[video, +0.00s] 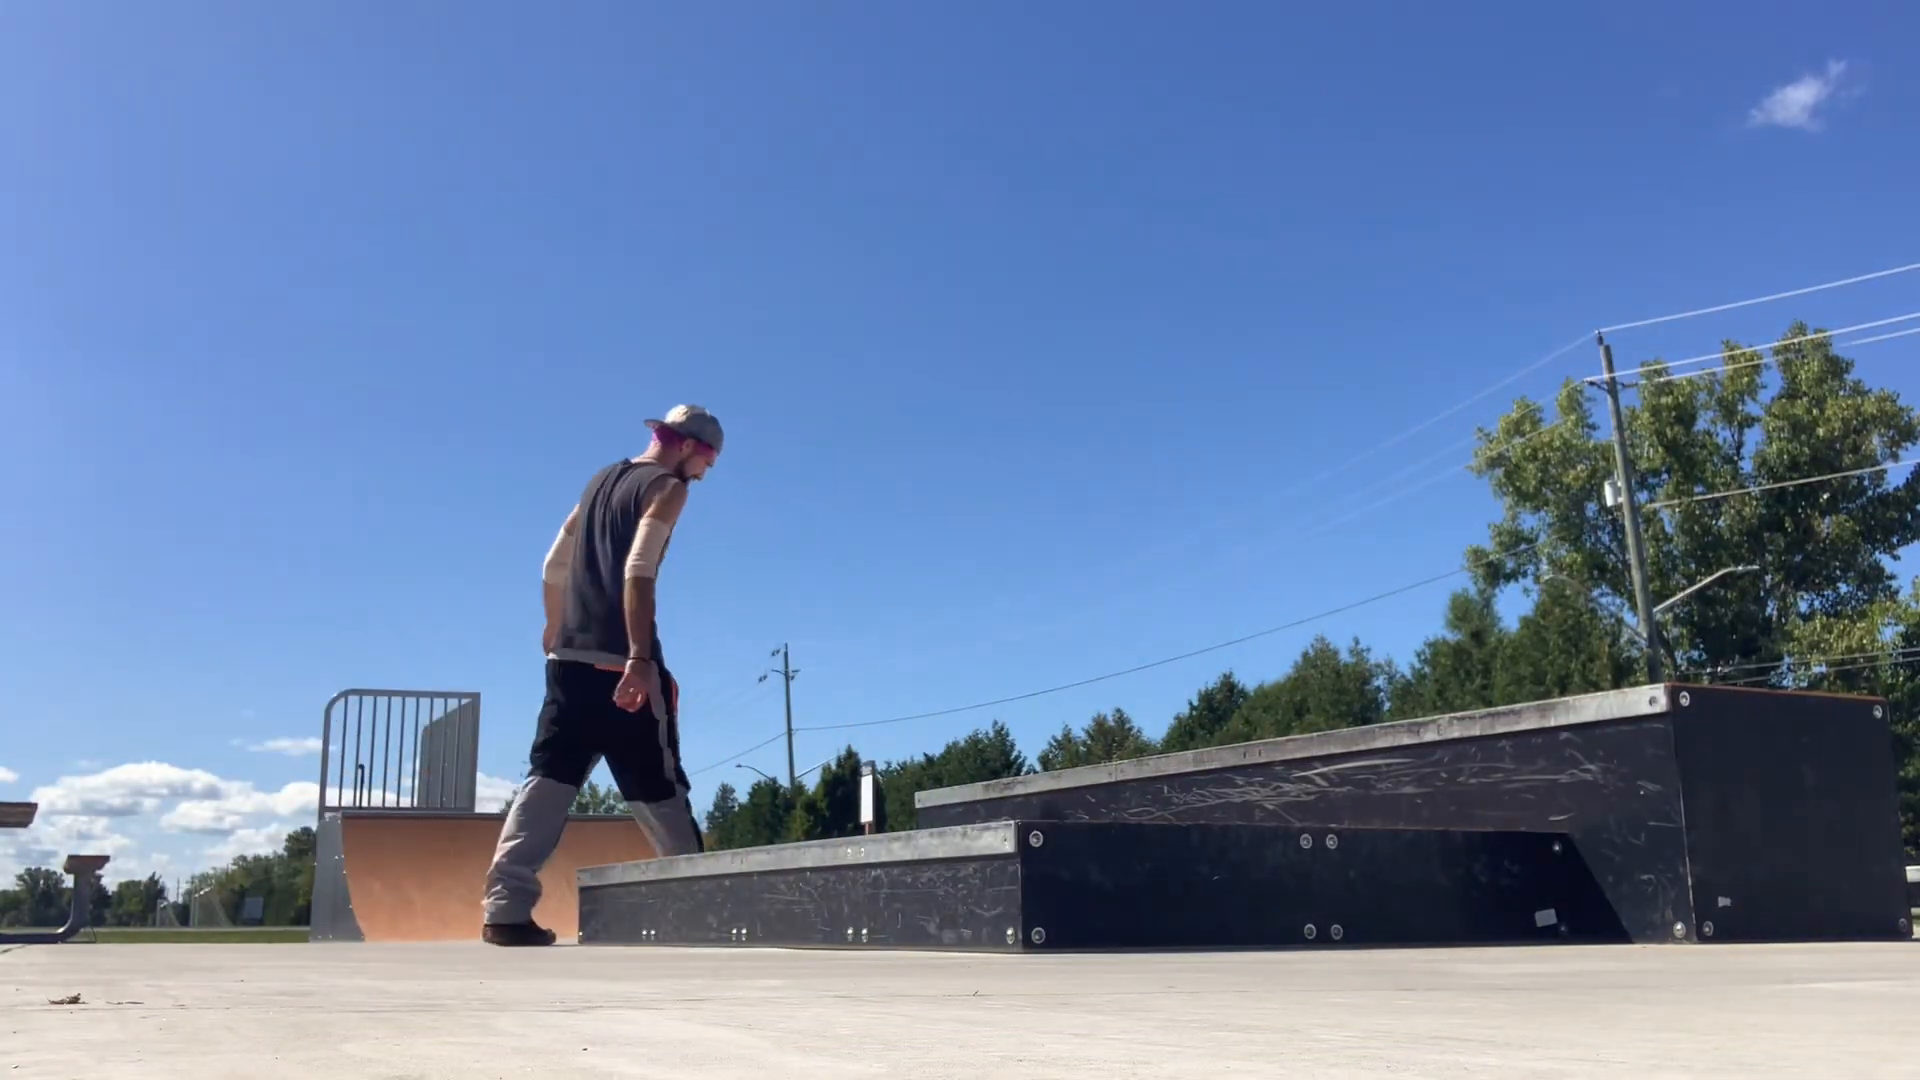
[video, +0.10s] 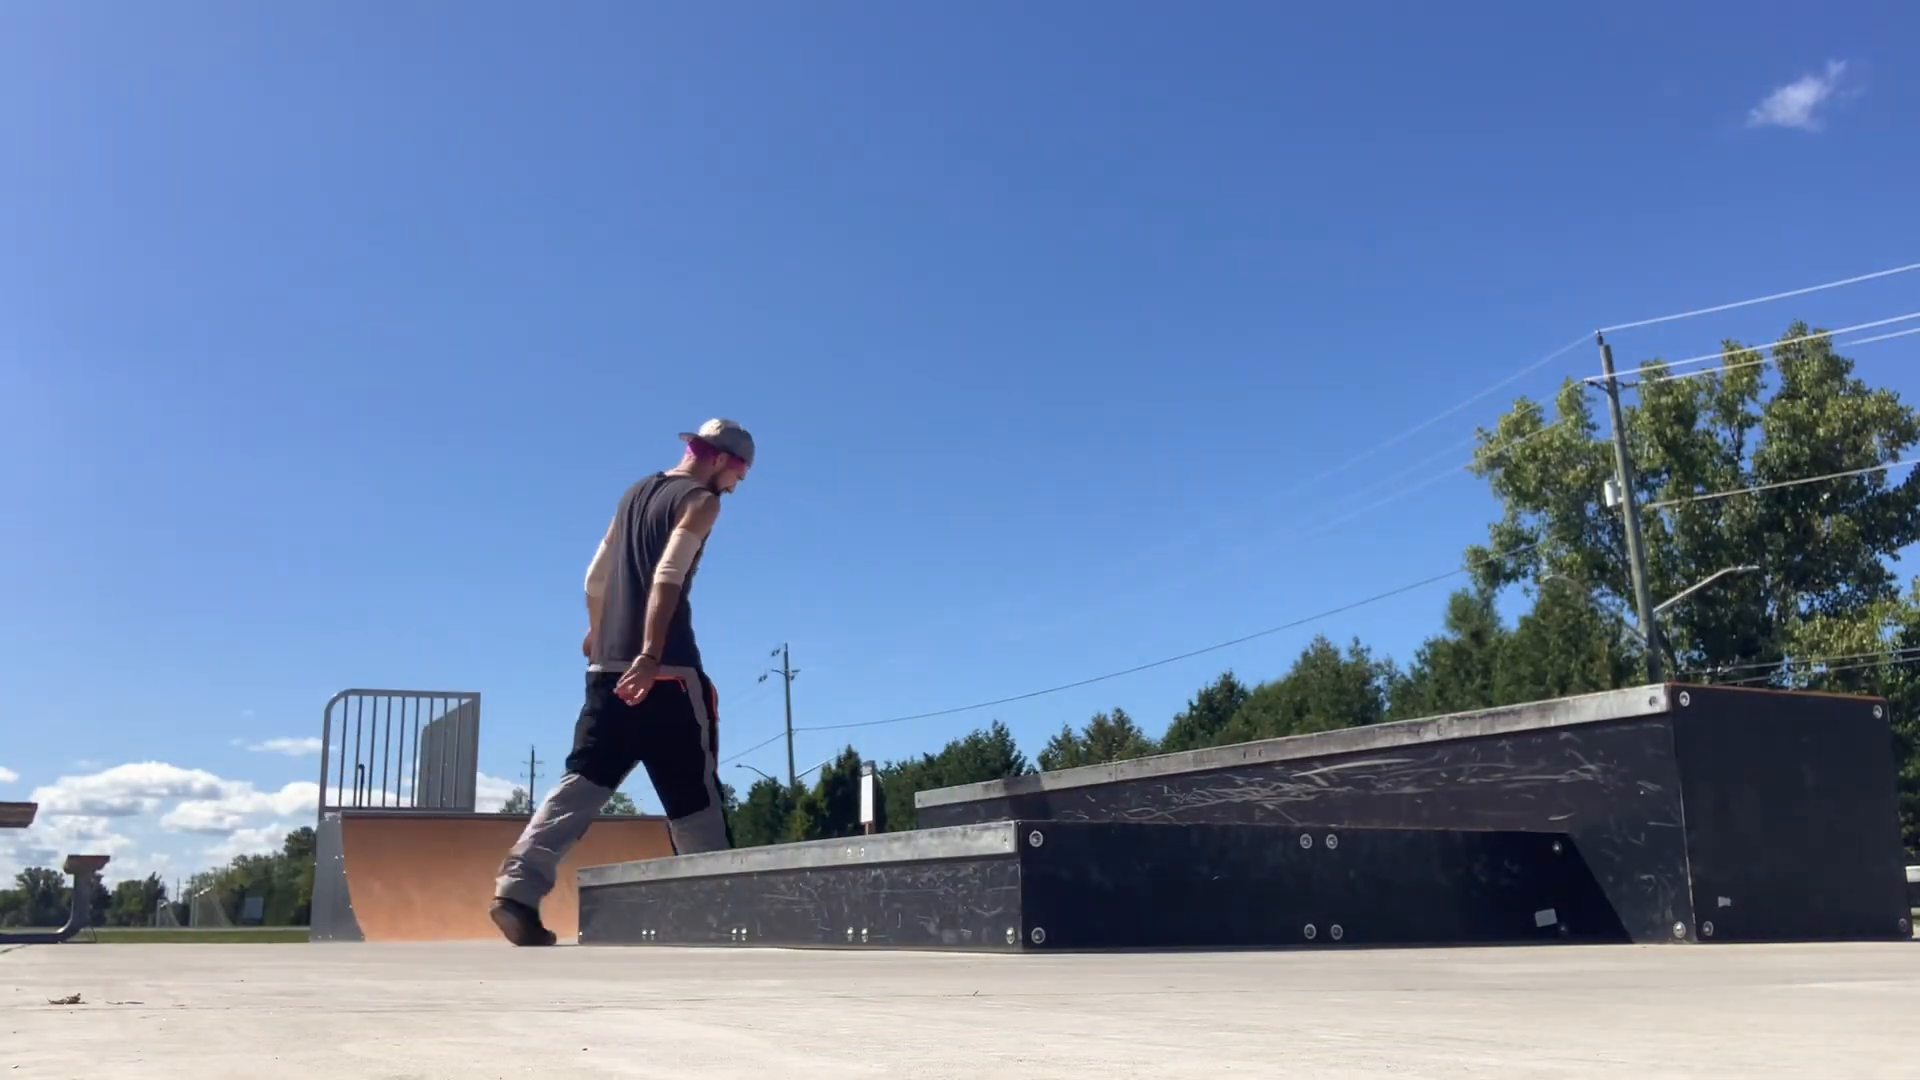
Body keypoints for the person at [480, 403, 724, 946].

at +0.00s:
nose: (706, 470)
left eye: (710, 461)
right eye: (708, 458)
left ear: (660, 439)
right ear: (688, 446)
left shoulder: (603, 479)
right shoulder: (667, 486)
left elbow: (556, 563)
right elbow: (639, 571)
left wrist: (556, 630)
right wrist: (640, 655)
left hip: (571, 662)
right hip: (627, 666)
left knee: (549, 781)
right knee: (659, 796)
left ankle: (505, 911)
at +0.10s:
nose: (739, 482)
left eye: (743, 473)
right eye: (740, 470)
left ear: (693, 453)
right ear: (720, 459)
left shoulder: (637, 493)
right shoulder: (702, 499)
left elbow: (597, 578)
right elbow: (668, 576)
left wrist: (599, 640)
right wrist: (650, 655)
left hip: (611, 673)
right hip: (667, 674)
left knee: (584, 783)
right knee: (694, 805)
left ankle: (517, 892)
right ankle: (723, 919)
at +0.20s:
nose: (765, 486)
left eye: (770, 478)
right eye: (768, 476)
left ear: (722, 456)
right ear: (752, 464)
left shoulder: (668, 497)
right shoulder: (735, 501)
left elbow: (627, 583)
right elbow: (704, 577)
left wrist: (645, 655)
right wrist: (686, 654)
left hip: (651, 672)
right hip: (706, 670)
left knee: (649, 776)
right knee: (728, 794)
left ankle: (574, 854)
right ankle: (736, 910)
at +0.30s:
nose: (783, 486)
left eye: (787, 478)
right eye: (788, 476)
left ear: (744, 455)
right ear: (777, 465)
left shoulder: (691, 498)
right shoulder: (761, 500)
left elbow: (650, 582)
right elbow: (741, 579)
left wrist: (667, 646)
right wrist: (743, 659)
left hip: (685, 666)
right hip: (734, 665)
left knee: (700, 773)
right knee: (746, 788)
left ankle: (644, 843)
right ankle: (740, 892)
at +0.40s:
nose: (801, 484)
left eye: (806, 476)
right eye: (806, 474)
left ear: (759, 457)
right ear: (797, 465)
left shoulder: (710, 503)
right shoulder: (783, 501)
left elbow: (673, 581)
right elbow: (782, 585)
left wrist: (682, 653)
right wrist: (809, 665)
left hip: (710, 668)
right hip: (758, 667)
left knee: (731, 777)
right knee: (756, 786)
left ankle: (711, 868)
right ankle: (739, 886)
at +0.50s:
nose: (819, 493)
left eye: (820, 485)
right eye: (822, 484)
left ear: (774, 470)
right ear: (815, 476)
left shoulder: (728, 517)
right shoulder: (802, 511)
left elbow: (695, 592)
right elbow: (824, 596)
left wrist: (689, 661)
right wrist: (867, 662)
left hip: (734, 669)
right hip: (779, 665)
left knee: (777, 787)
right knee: (770, 784)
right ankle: (732, 879)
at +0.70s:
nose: (850, 512)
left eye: (849, 506)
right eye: (851, 506)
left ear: (805, 500)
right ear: (846, 502)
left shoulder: (770, 544)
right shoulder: (845, 536)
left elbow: (737, 610)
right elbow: (866, 612)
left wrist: (744, 673)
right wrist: (898, 654)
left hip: (785, 692)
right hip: (830, 688)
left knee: (830, 796)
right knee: (830, 797)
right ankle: (766, 861)